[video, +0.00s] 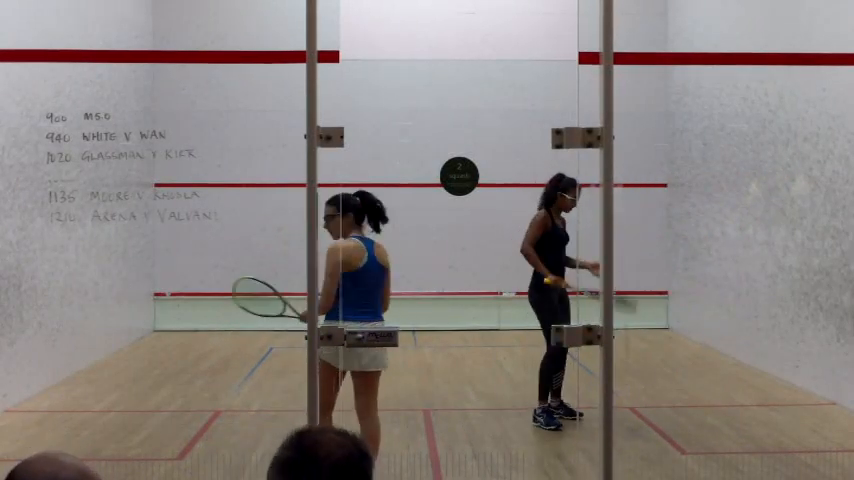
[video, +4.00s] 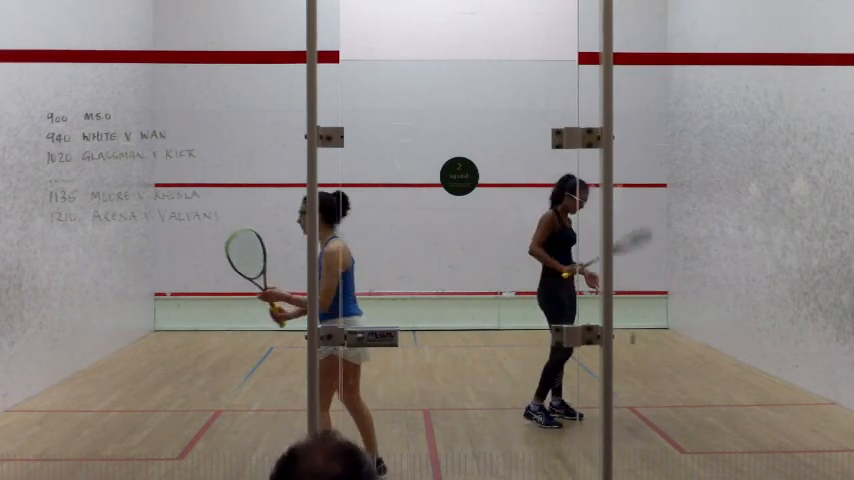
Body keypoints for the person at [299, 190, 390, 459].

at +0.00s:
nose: (325, 226)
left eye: (328, 218)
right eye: (325, 219)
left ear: (346, 218)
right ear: (355, 219)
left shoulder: (337, 250)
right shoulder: (380, 251)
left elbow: (326, 304)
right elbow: (383, 304)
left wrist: (309, 312)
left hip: (337, 336)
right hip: (371, 336)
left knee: (323, 409)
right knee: (368, 411)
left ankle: (323, 472)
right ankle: (366, 472)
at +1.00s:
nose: (318, 227)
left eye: (320, 219)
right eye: (318, 220)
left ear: (332, 217)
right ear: (344, 216)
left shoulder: (334, 249)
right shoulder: (364, 248)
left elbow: (321, 298)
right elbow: (348, 297)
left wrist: (289, 300)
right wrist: (306, 307)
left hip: (331, 332)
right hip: (360, 331)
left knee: (323, 406)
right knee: (361, 401)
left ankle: (324, 468)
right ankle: (366, 466)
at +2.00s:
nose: (330, 227)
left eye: (331, 220)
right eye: (329, 220)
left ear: (343, 218)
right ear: (359, 217)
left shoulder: (343, 249)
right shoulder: (377, 250)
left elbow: (327, 298)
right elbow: (361, 296)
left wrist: (303, 294)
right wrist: (310, 297)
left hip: (339, 333)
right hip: (369, 332)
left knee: (328, 403)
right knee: (367, 400)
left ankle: (327, 468)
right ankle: (367, 467)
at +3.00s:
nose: (330, 222)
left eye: (331, 216)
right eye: (330, 216)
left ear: (338, 216)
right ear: (362, 216)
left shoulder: (335, 252)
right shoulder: (377, 250)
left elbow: (320, 302)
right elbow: (369, 295)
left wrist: (302, 295)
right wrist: (315, 295)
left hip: (337, 333)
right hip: (370, 332)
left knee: (328, 403)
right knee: (368, 401)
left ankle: (324, 466)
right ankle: (367, 465)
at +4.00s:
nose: (299, 220)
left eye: (303, 214)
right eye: (300, 214)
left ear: (318, 217)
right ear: (327, 218)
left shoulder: (332, 251)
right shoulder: (335, 249)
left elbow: (322, 302)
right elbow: (319, 300)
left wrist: (283, 296)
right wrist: (289, 314)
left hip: (335, 334)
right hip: (351, 331)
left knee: (320, 403)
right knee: (351, 396)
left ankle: (325, 463)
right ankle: (374, 459)